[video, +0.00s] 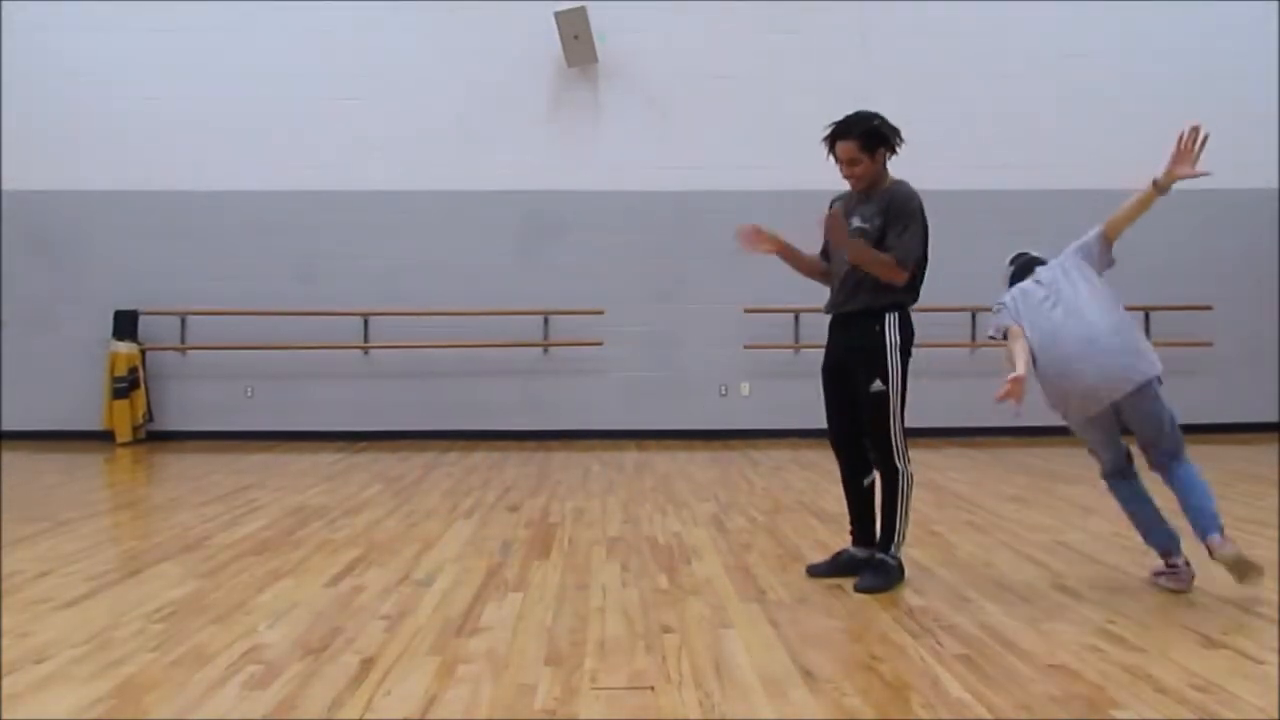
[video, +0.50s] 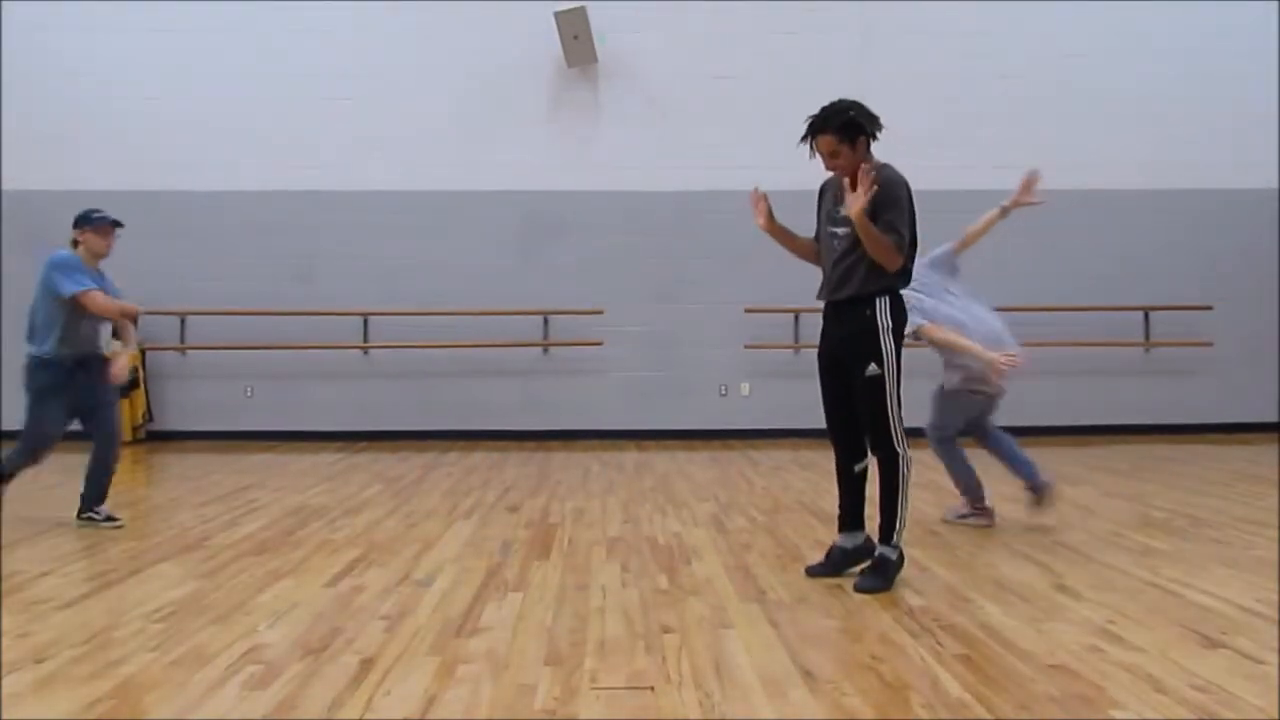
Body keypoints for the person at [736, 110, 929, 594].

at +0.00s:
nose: (846, 172)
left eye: (854, 162)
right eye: (840, 163)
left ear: (881, 155)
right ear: (837, 160)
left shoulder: (904, 201)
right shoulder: (843, 206)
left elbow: (900, 273)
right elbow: (830, 273)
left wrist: (846, 243)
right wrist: (782, 248)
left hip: (883, 329)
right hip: (844, 331)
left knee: (885, 444)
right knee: (848, 442)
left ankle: (889, 555)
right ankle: (862, 546)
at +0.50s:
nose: (827, 164)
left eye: (833, 153)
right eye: (821, 155)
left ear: (861, 145)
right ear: (820, 151)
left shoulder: (889, 186)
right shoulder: (830, 191)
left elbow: (894, 259)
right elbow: (821, 255)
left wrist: (859, 218)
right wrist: (773, 229)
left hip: (877, 316)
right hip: (837, 318)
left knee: (885, 437)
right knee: (845, 437)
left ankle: (889, 548)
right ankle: (852, 540)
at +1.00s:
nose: (834, 163)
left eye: (842, 151)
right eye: (826, 156)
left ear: (867, 147)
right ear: (821, 158)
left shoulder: (890, 196)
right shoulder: (831, 202)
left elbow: (900, 271)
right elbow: (821, 266)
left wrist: (858, 234)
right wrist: (769, 243)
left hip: (879, 324)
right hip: (840, 326)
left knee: (880, 440)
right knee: (846, 441)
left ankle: (892, 554)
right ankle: (861, 545)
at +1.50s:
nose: (845, 137)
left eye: (851, 131)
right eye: (833, 135)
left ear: (865, 146)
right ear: (820, 159)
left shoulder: (902, 184)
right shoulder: (821, 217)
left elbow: (948, 221)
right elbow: (827, 287)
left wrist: (934, 255)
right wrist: (804, 253)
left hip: (895, 329)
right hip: (846, 334)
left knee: (898, 448)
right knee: (848, 448)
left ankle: (890, 555)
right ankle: (856, 550)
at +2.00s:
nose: (857, 132)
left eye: (867, 130)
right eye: (848, 129)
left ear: (882, 153)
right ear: (834, 152)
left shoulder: (900, 191)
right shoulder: (830, 203)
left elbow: (947, 244)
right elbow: (836, 267)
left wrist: (912, 283)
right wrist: (812, 243)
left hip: (886, 329)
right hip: (839, 331)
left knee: (892, 447)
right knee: (844, 446)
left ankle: (893, 557)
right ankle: (858, 551)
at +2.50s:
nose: (850, 127)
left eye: (863, 123)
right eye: (849, 124)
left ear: (886, 142)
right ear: (844, 143)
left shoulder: (903, 187)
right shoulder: (838, 194)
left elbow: (932, 255)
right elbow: (848, 259)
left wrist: (878, 225)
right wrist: (824, 267)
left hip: (883, 324)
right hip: (838, 324)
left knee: (890, 443)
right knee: (841, 442)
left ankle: (895, 556)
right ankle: (857, 549)